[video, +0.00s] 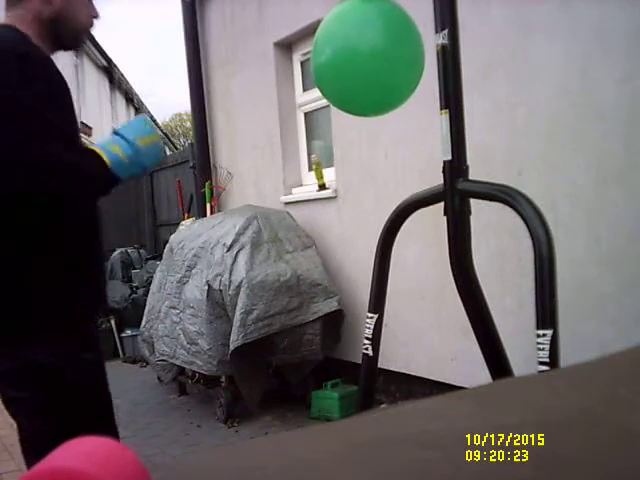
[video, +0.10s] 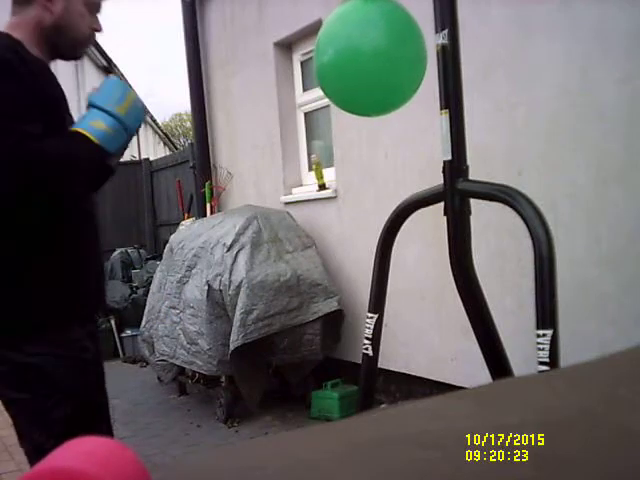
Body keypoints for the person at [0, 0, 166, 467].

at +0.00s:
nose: (95, 13)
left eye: (92, 3)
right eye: (87, 2)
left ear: (40, 5)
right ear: (48, 2)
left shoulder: (25, 65)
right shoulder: (21, 66)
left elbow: (42, 183)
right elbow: (42, 189)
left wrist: (108, 155)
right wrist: (114, 157)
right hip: (43, 317)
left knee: (74, 462)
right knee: (83, 464)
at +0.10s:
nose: (98, 26)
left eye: (98, 13)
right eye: (92, 9)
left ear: (50, 8)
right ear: (51, 5)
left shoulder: (32, 76)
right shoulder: (12, 73)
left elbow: (55, 189)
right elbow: (29, 190)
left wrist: (104, 141)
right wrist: (95, 131)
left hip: (55, 311)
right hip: (36, 317)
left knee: (81, 462)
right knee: (74, 465)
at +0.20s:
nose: (96, 40)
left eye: (99, 27)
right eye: (91, 22)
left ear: (49, 12)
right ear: (48, 9)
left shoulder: (36, 86)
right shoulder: (6, 76)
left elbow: (72, 192)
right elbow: (30, 190)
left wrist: (109, 130)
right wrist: (86, 107)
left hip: (55, 310)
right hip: (28, 315)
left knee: (82, 461)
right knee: (75, 463)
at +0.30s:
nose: (88, 41)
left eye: (92, 30)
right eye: (83, 26)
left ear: (42, 12)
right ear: (41, 9)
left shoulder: (35, 85)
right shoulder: (8, 79)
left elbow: (79, 180)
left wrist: (102, 113)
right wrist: (74, 94)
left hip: (57, 305)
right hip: (24, 311)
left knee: (81, 459)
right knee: (61, 463)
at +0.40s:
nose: (83, 37)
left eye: (86, 25)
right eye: (76, 21)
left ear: (31, 12)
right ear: (32, 9)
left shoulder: (29, 85)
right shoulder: (10, 81)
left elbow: (67, 178)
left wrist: (87, 106)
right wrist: (68, 96)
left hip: (55, 300)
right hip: (22, 305)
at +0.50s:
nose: (78, 39)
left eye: (80, 26)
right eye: (71, 22)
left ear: (25, 14)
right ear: (23, 11)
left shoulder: (19, 89)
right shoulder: (4, 88)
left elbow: (52, 190)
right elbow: (31, 194)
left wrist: (75, 98)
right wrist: (66, 95)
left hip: (47, 323)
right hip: (25, 329)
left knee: (97, 453)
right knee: (95, 454)